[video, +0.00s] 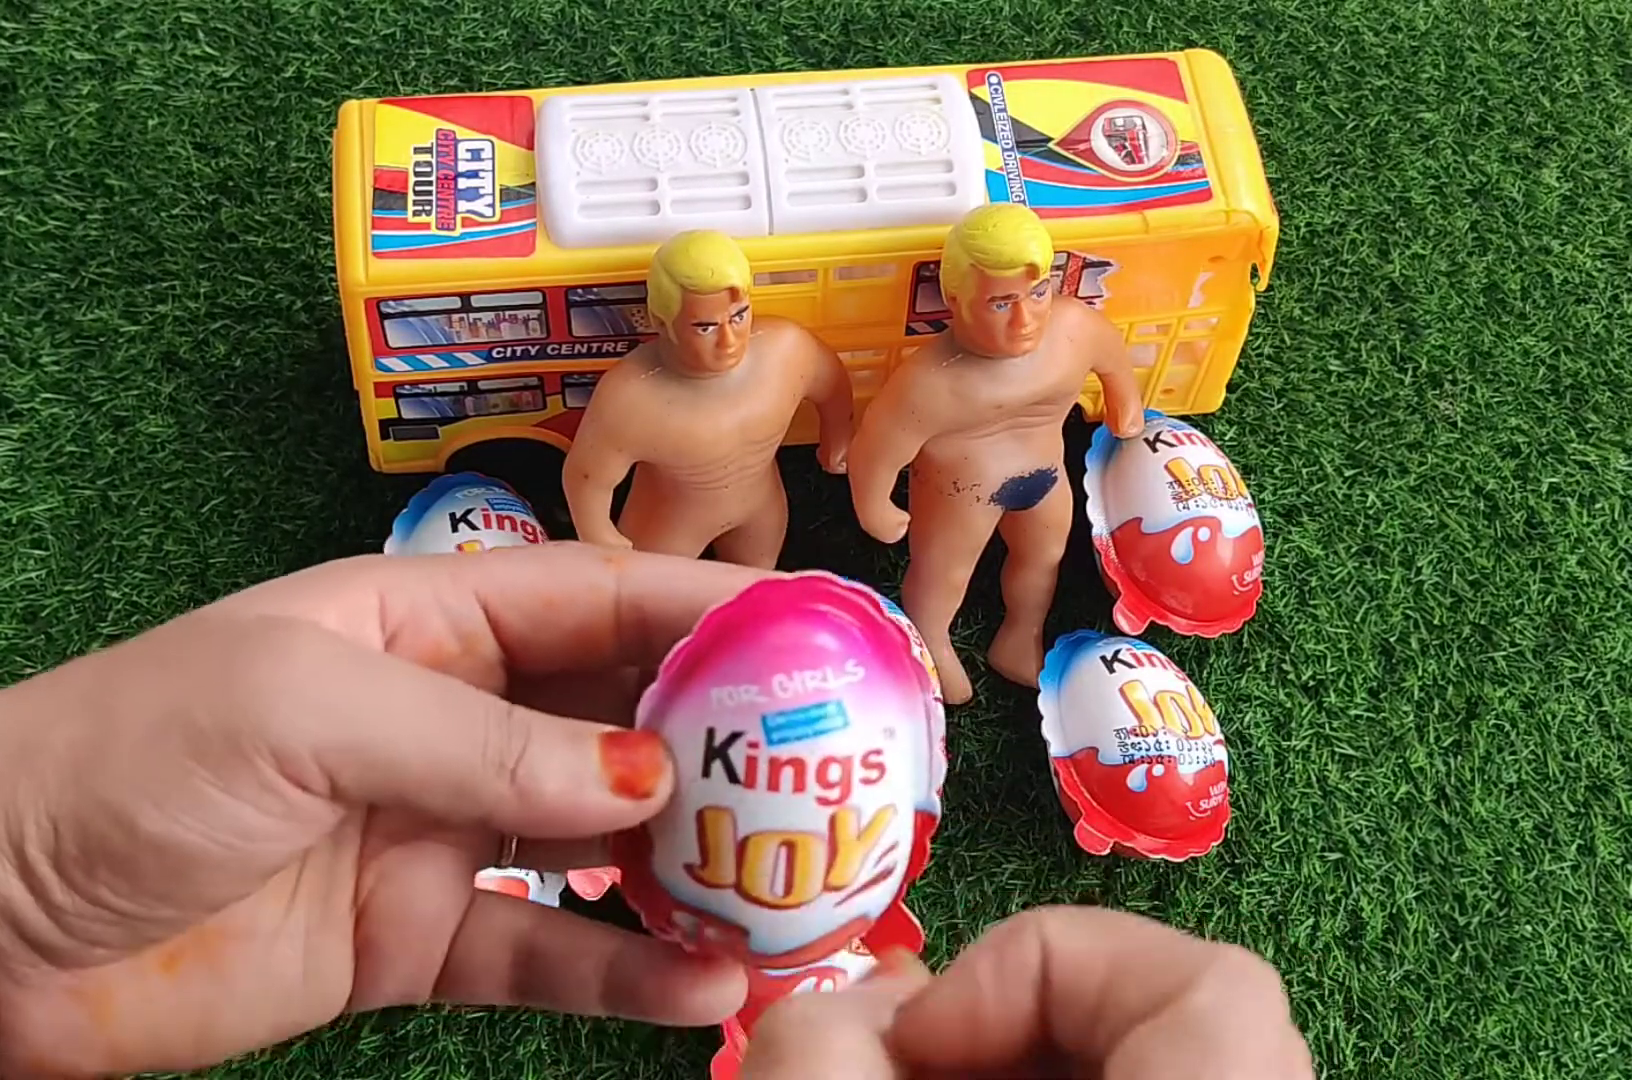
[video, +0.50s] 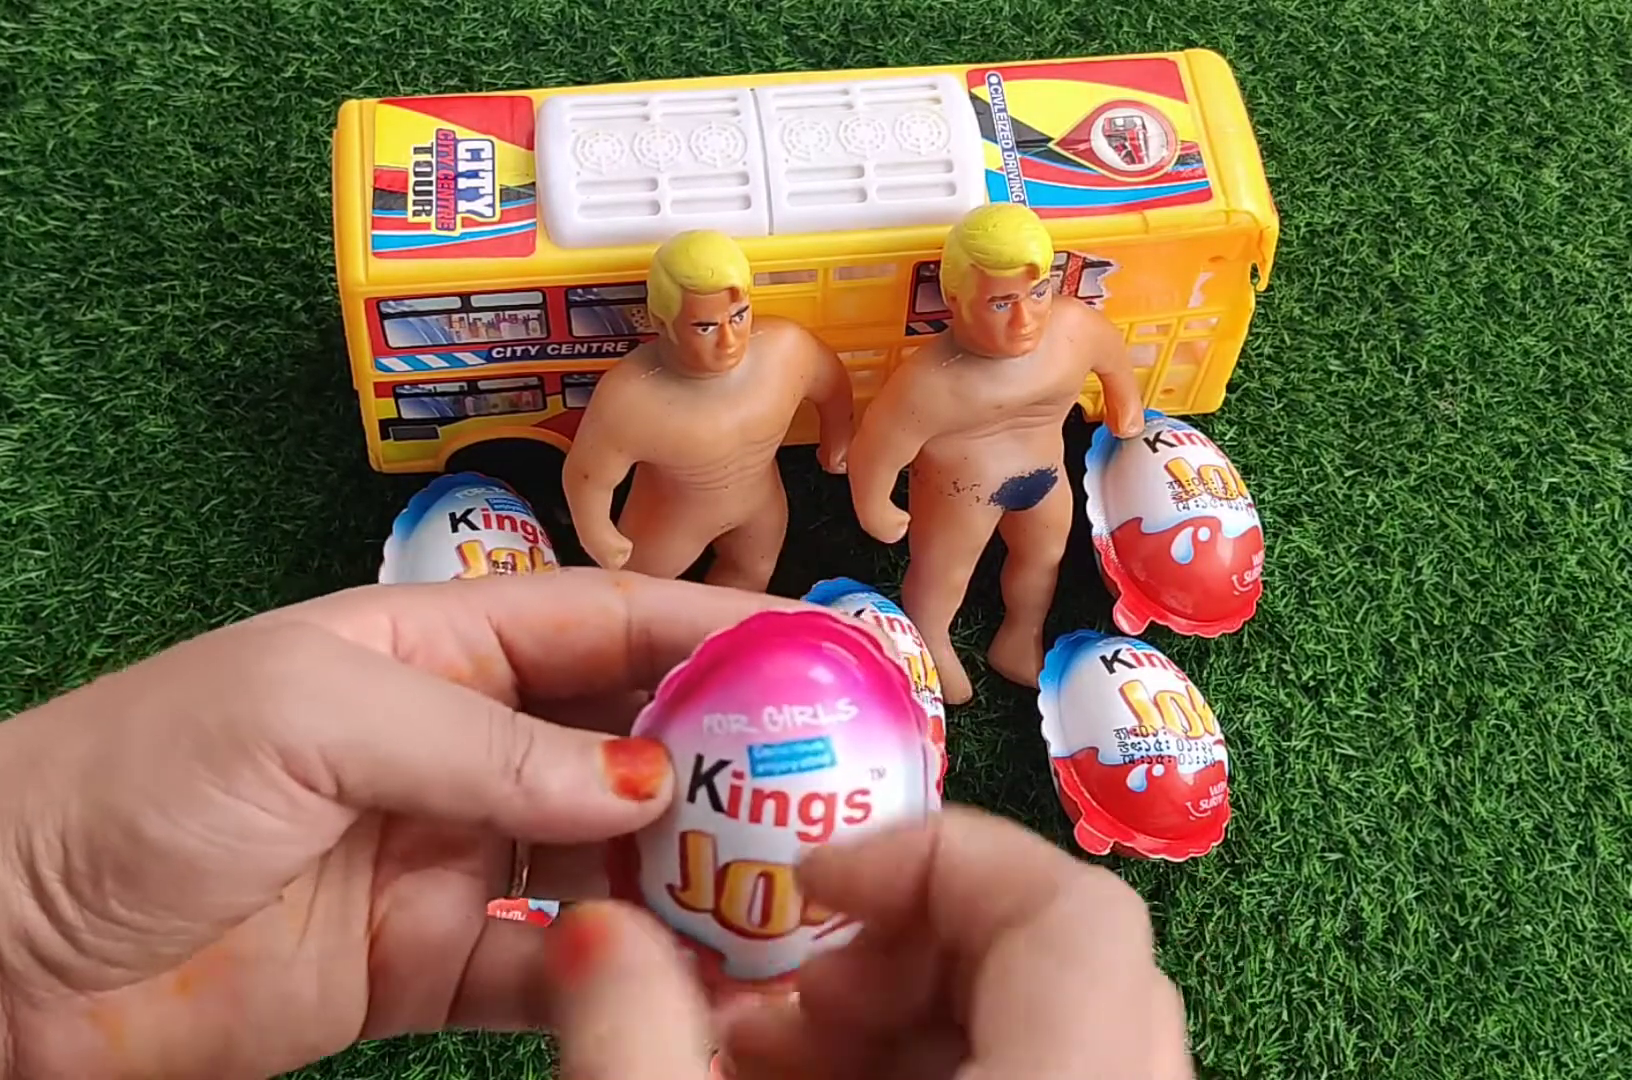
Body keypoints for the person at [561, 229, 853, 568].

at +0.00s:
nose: (729, 339)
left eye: (738, 316)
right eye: (705, 327)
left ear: (750, 302)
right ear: (660, 324)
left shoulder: (788, 350)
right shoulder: (628, 399)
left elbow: (833, 390)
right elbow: (585, 480)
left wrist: (836, 447)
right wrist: (602, 540)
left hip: (759, 506)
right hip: (670, 518)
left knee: (756, 591)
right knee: (644, 606)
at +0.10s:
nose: (728, 339)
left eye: (738, 316)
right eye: (705, 326)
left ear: (750, 302)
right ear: (659, 324)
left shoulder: (788, 350)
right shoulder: (628, 398)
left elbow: (832, 386)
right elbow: (585, 478)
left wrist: (837, 440)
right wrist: (599, 538)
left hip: (758, 502)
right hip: (671, 514)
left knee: (752, 584)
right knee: (644, 599)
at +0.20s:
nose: (729, 339)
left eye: (738, 316)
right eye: (705, 326)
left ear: (750, 302)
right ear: (660, 324)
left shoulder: (787, 350)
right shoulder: (628, 398)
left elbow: (833, 388)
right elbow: (586, 480)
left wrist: (836, 447)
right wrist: (600, 538)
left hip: (759, 505)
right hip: (670, 517)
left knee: (754, 590)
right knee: (645, 602)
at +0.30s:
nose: (728, 339)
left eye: (738, 316)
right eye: (705, 326)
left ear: (749, 302)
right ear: (660, 324)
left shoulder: (787, 350)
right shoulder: (628, 398)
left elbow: (832, 387)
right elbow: (585, 478)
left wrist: (836, 442)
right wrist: (598, 536)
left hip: (759, 503)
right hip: (671, 514)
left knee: (752, 588)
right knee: (642, 598)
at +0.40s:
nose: (728, 340)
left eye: (739, 316)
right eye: (705, 326)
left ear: (750, 301)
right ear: (660, 322)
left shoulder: (789, 350)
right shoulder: (629, 397)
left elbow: (834, 389)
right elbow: (587, 477)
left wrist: (836, 443)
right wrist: (598, 536)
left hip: (759, 498)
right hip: (671, 509)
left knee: (750, 576)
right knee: (636, 592)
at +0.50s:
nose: (728, 340)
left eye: (739, 316)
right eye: (705, 326)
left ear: (750, 301)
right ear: (659, 322)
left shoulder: (789, 350)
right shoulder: (628, 397)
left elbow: (834, 388)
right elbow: (587, 477)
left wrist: (837, 440)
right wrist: (598, 536)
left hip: (759, 497)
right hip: (672, 509)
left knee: (750, 577)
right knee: (636, 591)